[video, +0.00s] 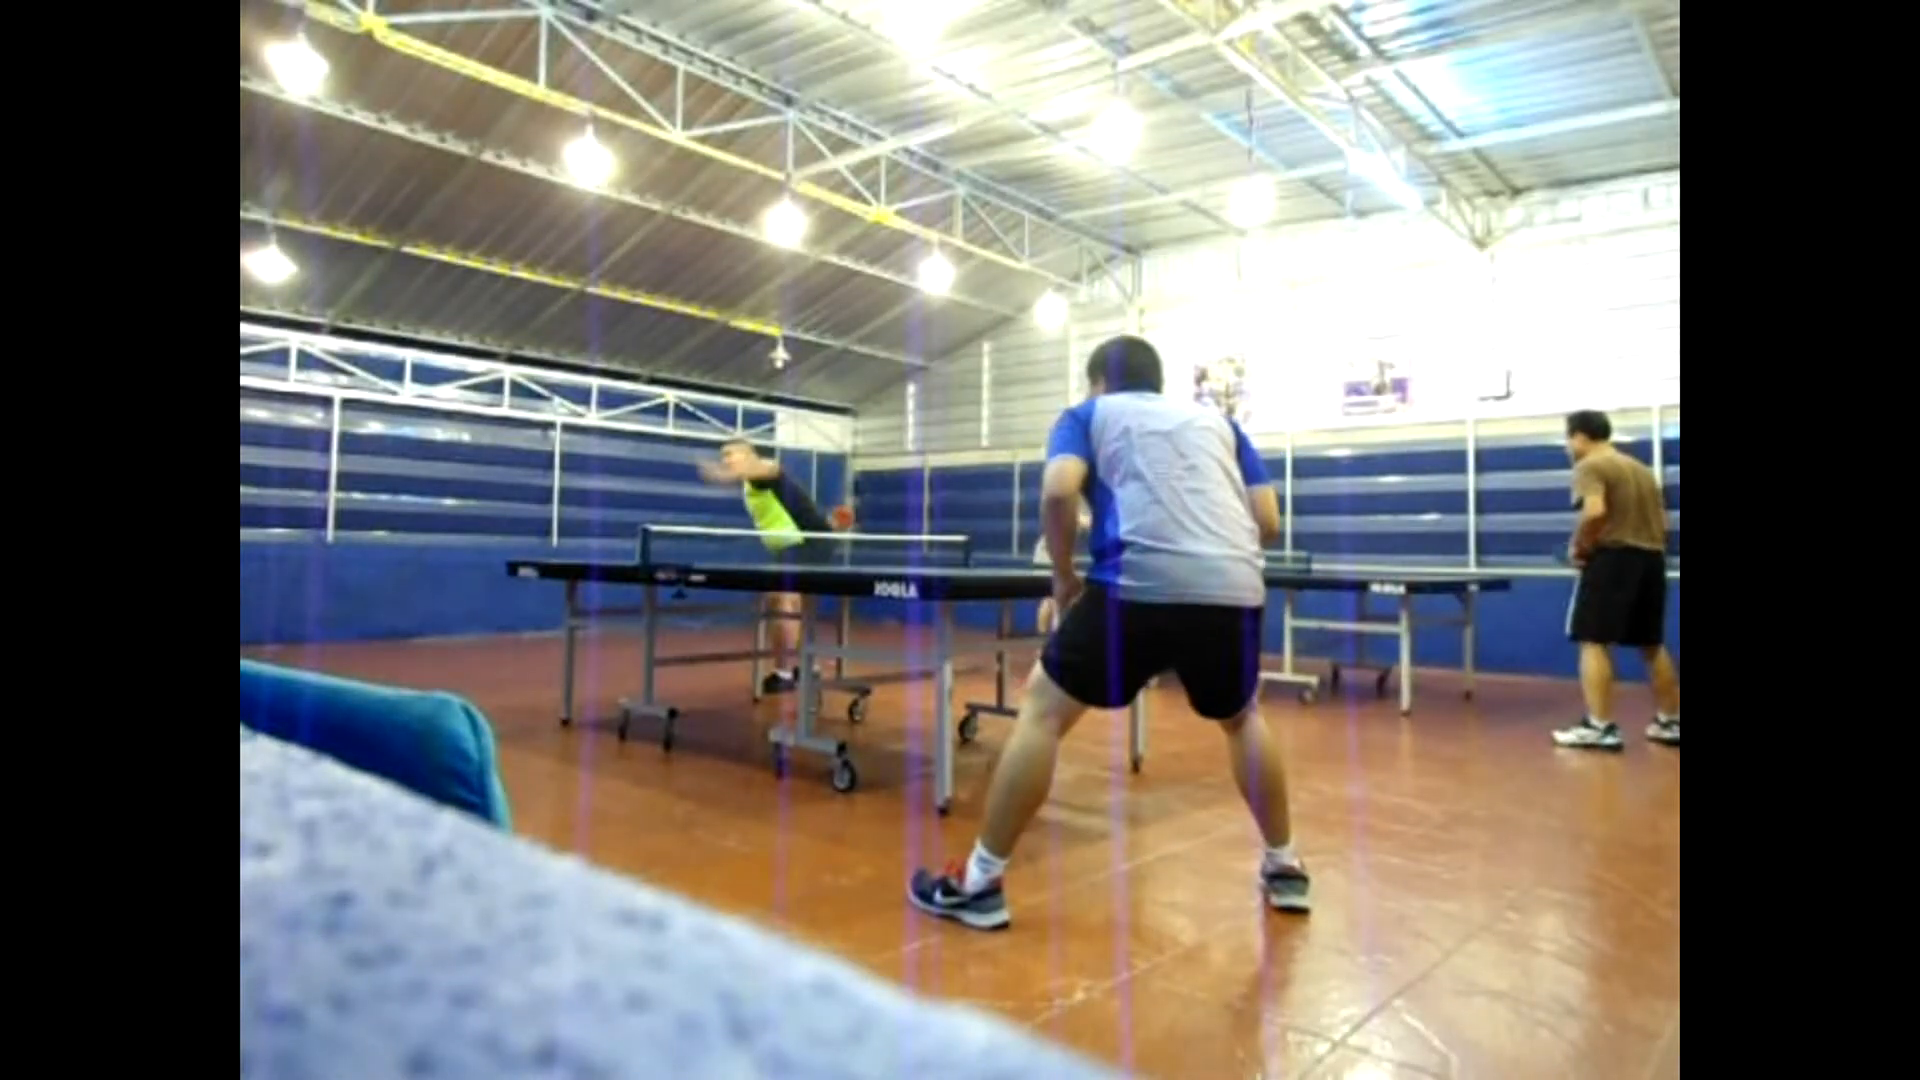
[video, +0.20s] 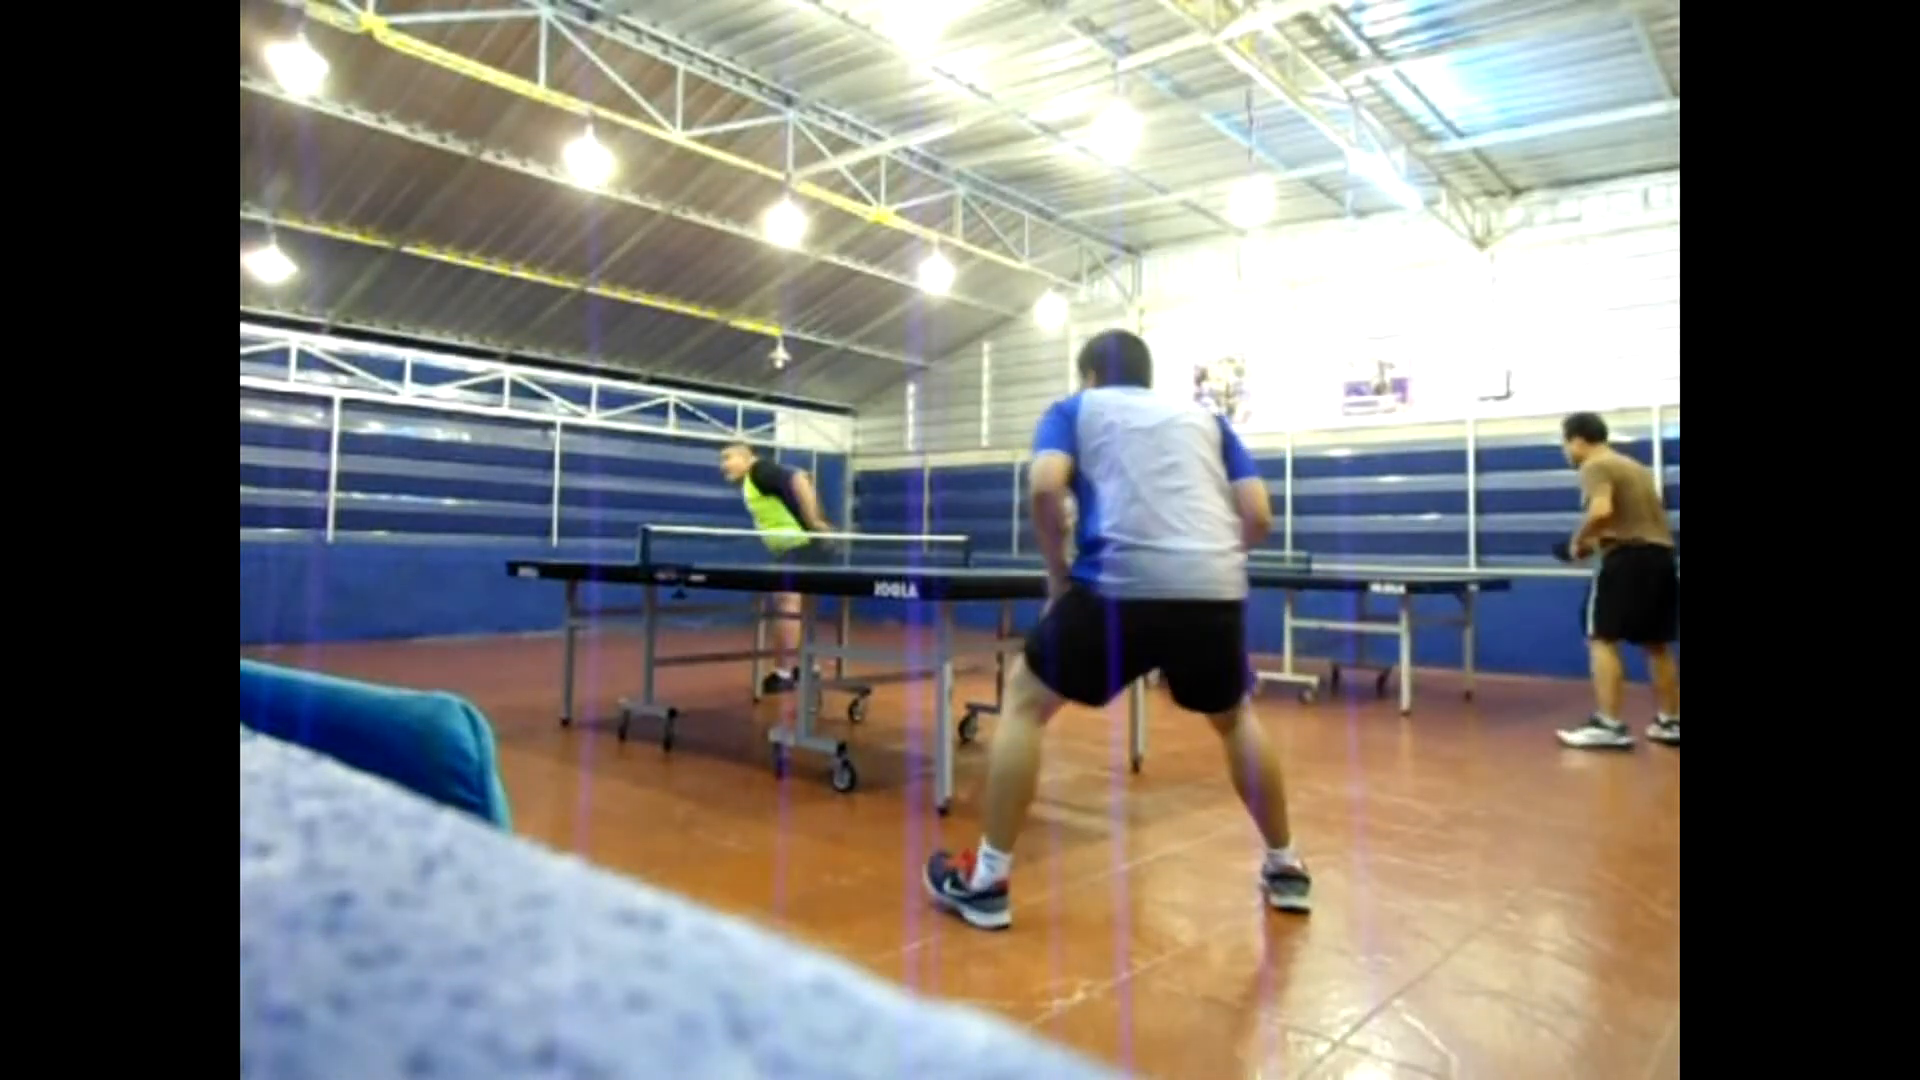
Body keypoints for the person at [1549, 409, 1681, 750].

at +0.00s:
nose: (1569, 446)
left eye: (1571, 439)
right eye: (1569, 439)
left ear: (1583, 438)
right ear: (1604, 435)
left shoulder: (1591, 465)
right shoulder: (1640, 469)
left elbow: (1595, 511)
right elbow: (1660, 520)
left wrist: (1579, 545)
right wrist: (1643, 543)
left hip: (1611, 553)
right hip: (1650, 555)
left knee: (1592, 641)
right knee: (1652, 644)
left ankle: (1598, 723)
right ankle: (1670, 718)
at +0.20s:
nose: (1567, 451)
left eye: (1568, 443)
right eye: (1566, 444)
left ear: (1580, 440)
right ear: (1601, 437)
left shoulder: (1596, 466)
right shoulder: (1635, 467)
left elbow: (1601, 510)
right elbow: (1651, 517)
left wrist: (1580, 539)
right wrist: (1601, 537)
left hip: (1626, 553)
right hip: (1660, 552)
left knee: (1602, 639)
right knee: (1657, 643)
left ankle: (1609, 721)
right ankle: (1671, 718)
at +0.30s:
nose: (1559, 457)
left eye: (1560, 449)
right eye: (1558, 450)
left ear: (1573, 445)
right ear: (1591, 443)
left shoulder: (1593, 469)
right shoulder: (1626, 468)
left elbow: (1590, 517)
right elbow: (1633, 528)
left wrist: (1568, 537)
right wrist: (1589, 537)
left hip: (1632, 554)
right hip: (1665, 551)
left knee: (1603, 638)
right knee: (1657, 642)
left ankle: (1614, 721)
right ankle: (1671, 719)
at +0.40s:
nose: (1546, 466)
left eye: (1547, 458)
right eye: (1545, 459)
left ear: (1560, 455)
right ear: (1577, 450)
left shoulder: (1586, 475)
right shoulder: (1612, 472)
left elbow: (1573, 528)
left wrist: (1546, 532)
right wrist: (1561, 535)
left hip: (1635, 559)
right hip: (1666, 554)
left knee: (1602, 640)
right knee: (1656, 645)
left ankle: (1599, 723)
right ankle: (1671, 719)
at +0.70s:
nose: (1523, 476)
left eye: (1524, 467)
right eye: (1522, 467)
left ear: (1538, 463)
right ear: (1552, 459)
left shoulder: (1568, 484)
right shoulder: (1582, 480)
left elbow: (1558, 530)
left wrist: (1525, 528)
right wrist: (1532, 525)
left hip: (1621, 567)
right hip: (1652, 561)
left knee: (1576, 642)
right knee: (1649, 645)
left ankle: (1595, 725)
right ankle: (1676, 718)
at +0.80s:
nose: (1524, 465)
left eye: (1526, 456)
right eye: (1523, 457)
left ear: (1542, 455)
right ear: (1551, 455)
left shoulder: (1573, 476)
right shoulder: (1560, 486)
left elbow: (1593, 512)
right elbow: (1529, 508)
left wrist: (1554, 532)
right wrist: (1492, 504)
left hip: (1621, 564)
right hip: (1647, 562)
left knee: (1577, 640)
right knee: (1653, 646)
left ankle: (1595, 724)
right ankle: (1680, 718)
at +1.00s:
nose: (1547, 455)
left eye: (1549, 447)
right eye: (1547, 447)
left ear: (1564, 446)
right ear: (1575, 445)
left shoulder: (1589, 470)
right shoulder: (1586, 474)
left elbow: (1633, 498)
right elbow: (1577, 511)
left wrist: (1595, 534)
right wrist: (1533, 514)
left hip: (1624, 563)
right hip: (1649, 562)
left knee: (1574, 638)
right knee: (1655, 645)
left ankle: (1595, 725)